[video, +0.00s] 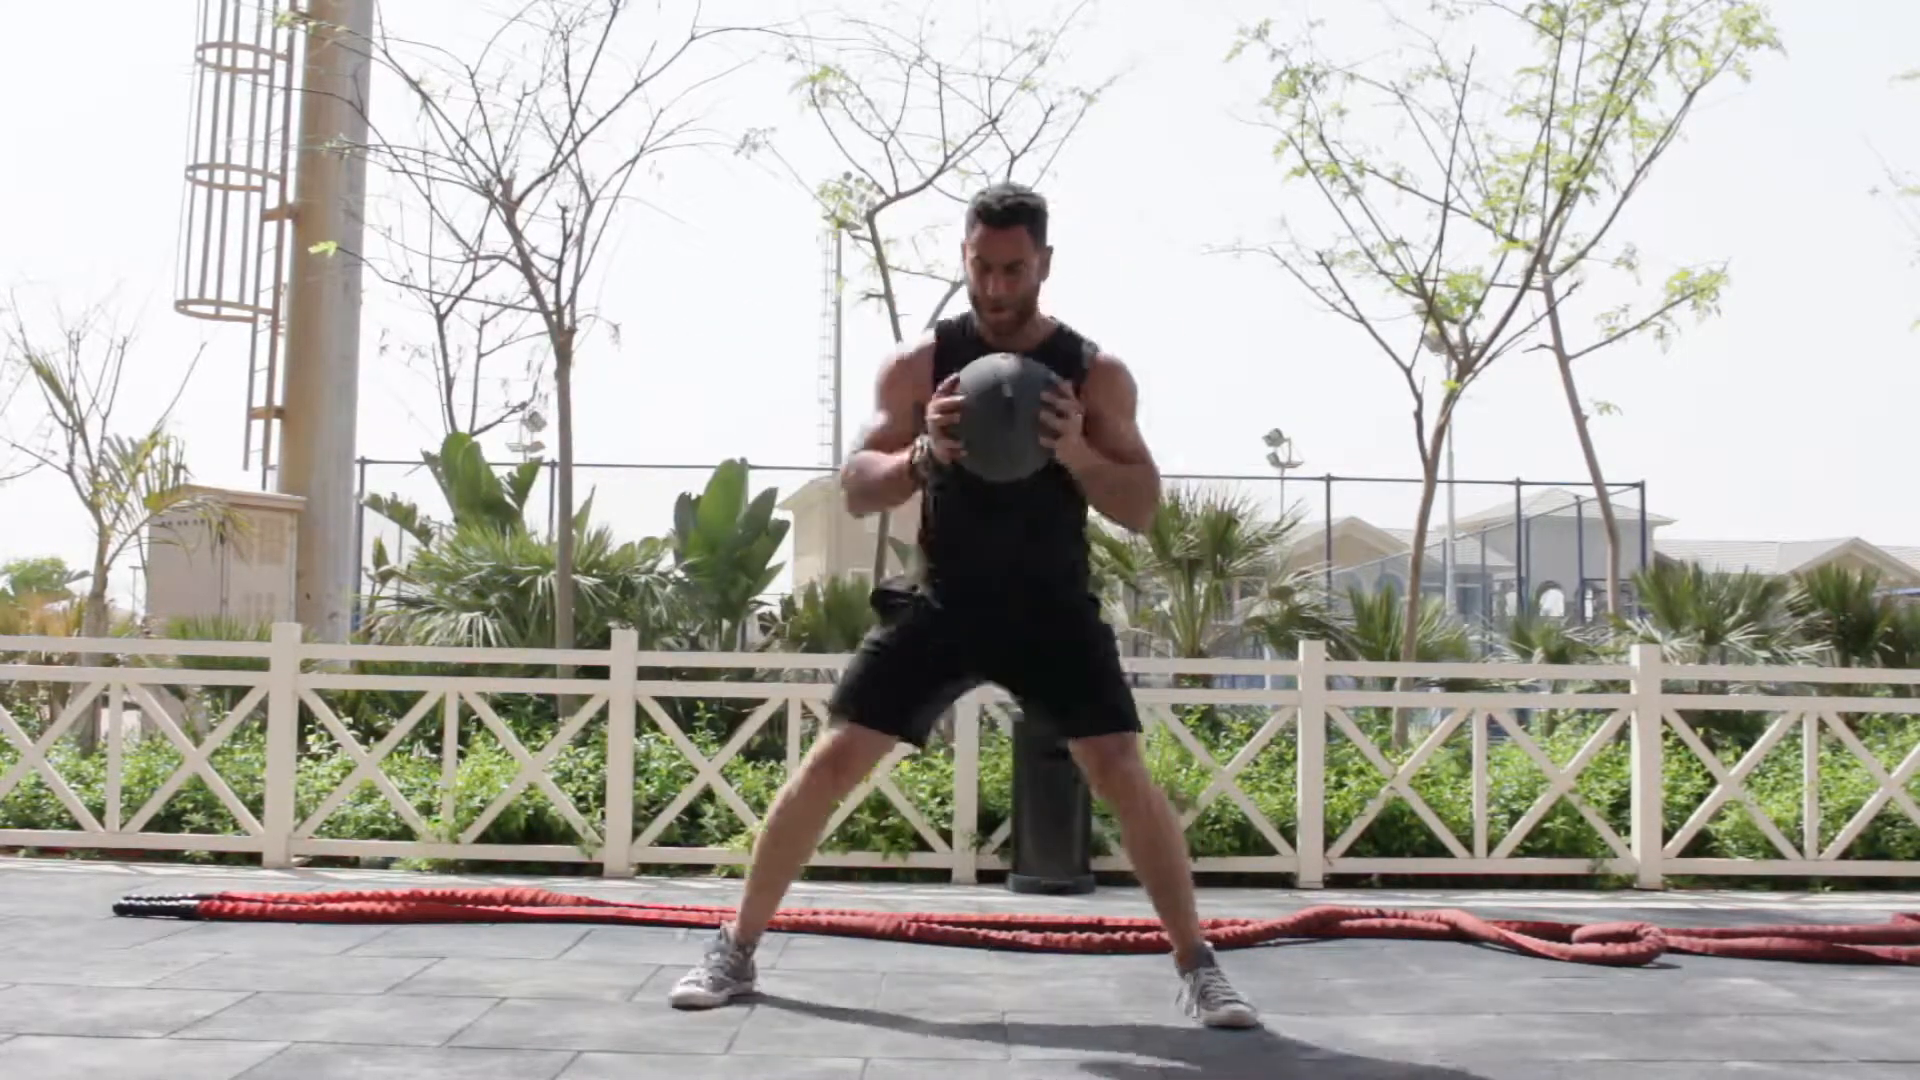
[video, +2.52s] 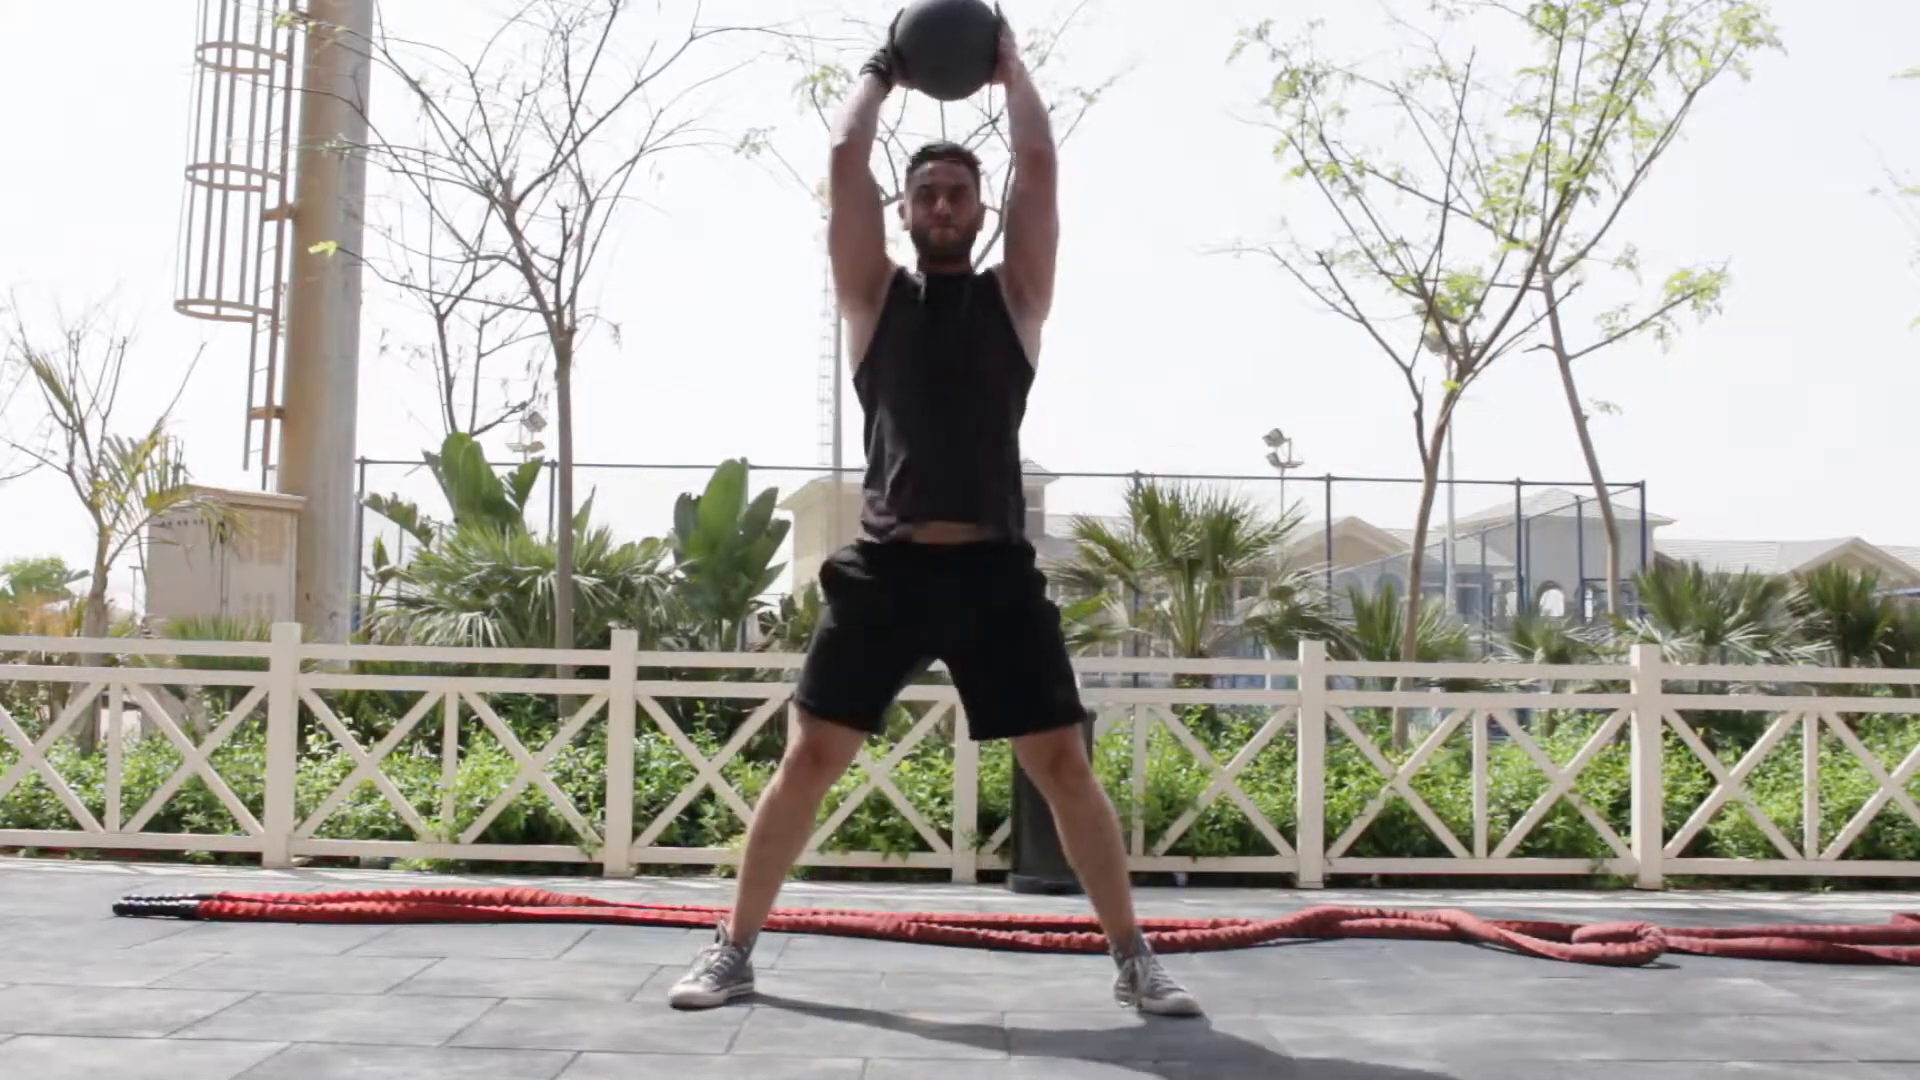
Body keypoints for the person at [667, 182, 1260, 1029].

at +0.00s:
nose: (996, 288)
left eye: (1014, 269)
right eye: (982, 268)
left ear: (1045, 265)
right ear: (962, 264)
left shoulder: (1096, 376)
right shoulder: (917, 370)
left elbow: (1140, 506)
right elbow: (859, 489)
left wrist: (1076, 451)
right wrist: (921, 457)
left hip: (1056, 616)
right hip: (945, 612)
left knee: (1121, 769)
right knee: (836, 757)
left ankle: (1199, 969)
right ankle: (735, 949)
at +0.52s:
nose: (934, 233)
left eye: (947, 218)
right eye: (918, 220)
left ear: (973, 219)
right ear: (890, 219)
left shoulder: (1007, 292)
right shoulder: (863, 292)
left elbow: (1033, 160)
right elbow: (845, 163)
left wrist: (1011, 37)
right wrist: (864, 39)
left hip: (990, 576)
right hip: (879, 575)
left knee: (1064, 764)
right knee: (804, 762)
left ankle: (1144, 961)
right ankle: (727, 954)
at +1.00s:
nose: (945, 278)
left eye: (960, 262)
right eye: (930, 262)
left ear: (984, 249)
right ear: (905, 246)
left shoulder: (1029, 348)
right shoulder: (856, 348)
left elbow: (1066, 467)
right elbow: (812, 460)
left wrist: (1095, 576)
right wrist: (802, 572)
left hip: (999, 592)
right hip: (883, 588)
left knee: (1067, 756)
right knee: (812, 754)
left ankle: (1138, 956)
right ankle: (731, 950)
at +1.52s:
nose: (930, 660)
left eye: (946, 645)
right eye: (916, 643)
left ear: (973, 614)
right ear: (889, 608)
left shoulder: (1017, 644)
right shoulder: (838, 646)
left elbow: (1008, 796)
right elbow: (826, 794)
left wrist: (980, 929)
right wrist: (827, 919)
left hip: (980, 741)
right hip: (869, 739)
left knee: (1102, 763)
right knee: (751, 760)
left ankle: (1138, 966)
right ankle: (725, 954)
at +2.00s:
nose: (940, 244)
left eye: (955, 230)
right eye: (924, 230)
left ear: (978, 239)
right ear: (901, 239)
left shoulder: (1017, 329)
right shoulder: (860, 335)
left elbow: (1070, 444)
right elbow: (817, 456)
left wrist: (1025, 389)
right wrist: (858, 401)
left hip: (993, 577)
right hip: (886, 575)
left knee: (1066, 747)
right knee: (800, 737)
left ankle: (1134, 956)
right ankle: (730, 949)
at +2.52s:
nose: (946, 198)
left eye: (959, 188)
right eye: (930, 188)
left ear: (983, 210)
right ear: (903, 209)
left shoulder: (1015, 296)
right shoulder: (872, 294)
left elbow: (1038, 164)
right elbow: (846, 152)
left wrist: (1009, 62)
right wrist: (888, 62)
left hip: (995, 570)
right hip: (885, 569)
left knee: (1062, 766)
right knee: (810, 760)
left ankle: (1134, 963)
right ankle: (733, 953)